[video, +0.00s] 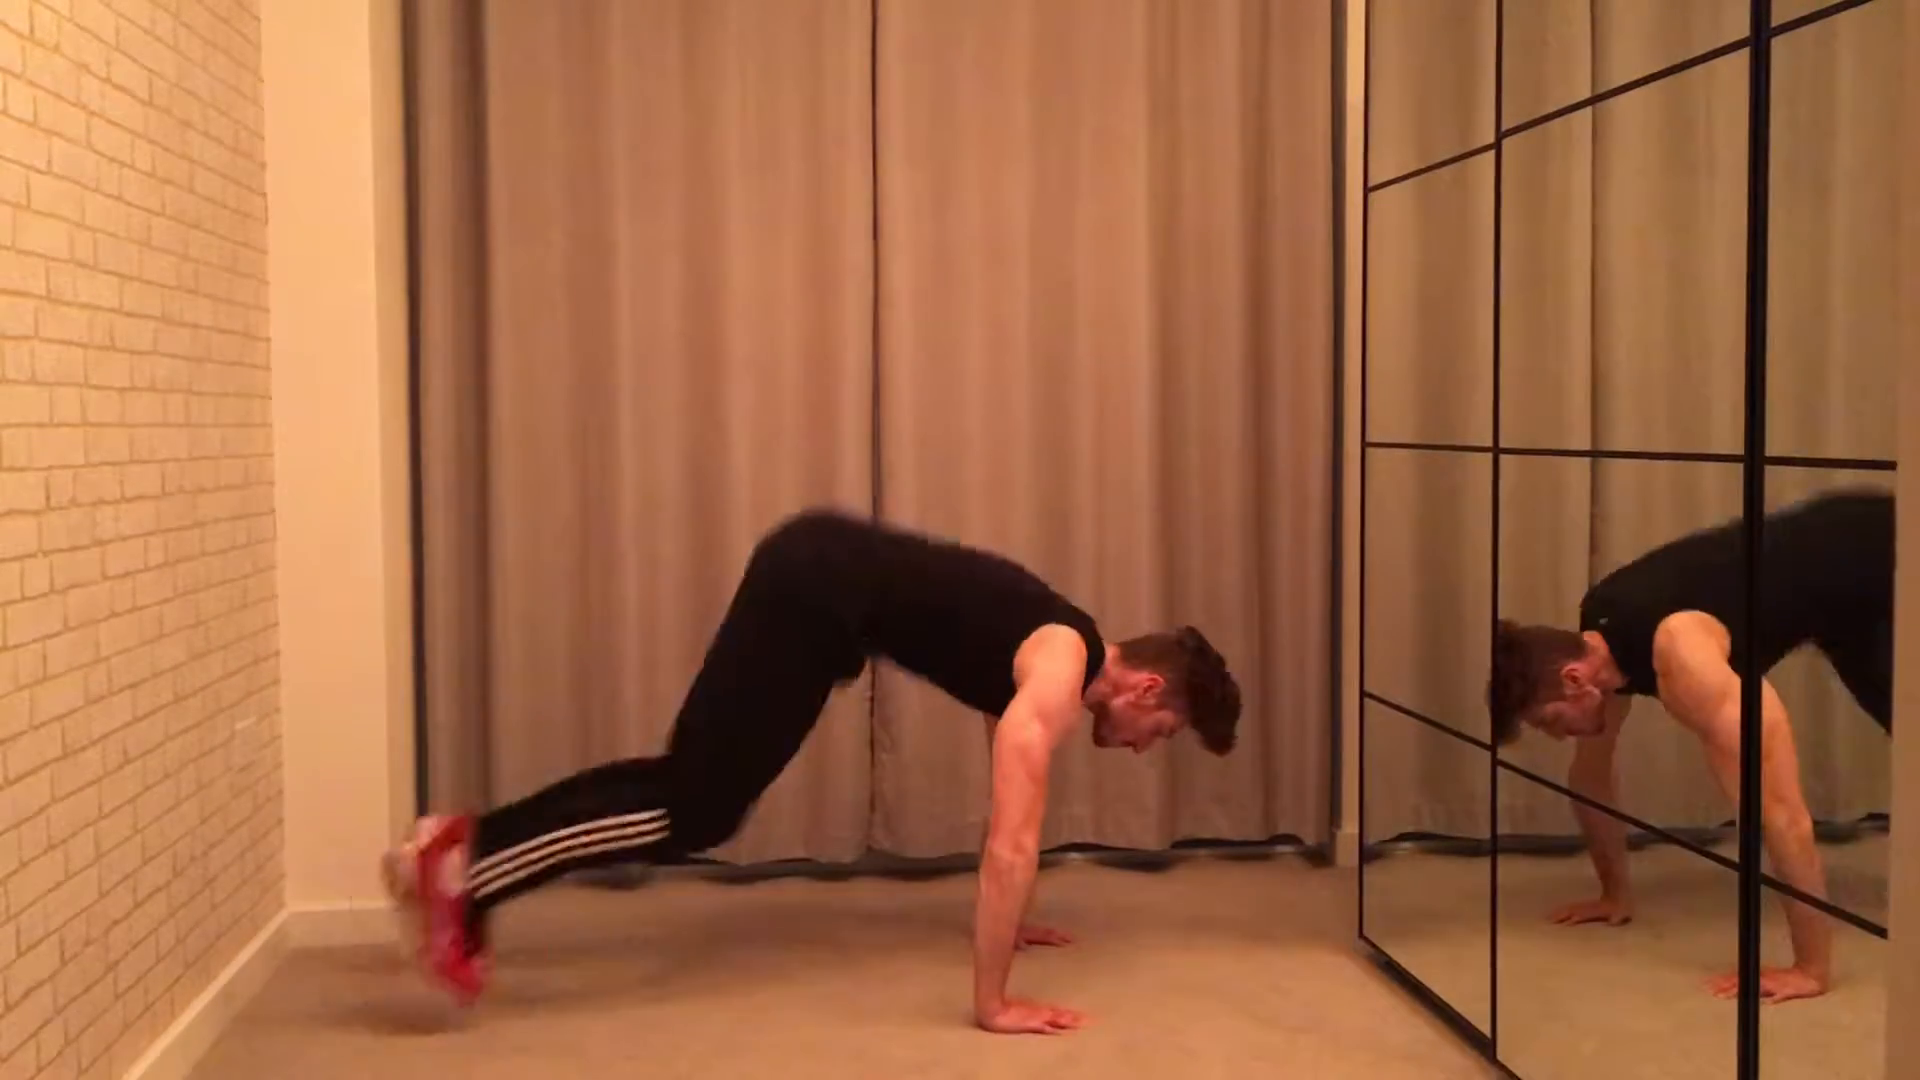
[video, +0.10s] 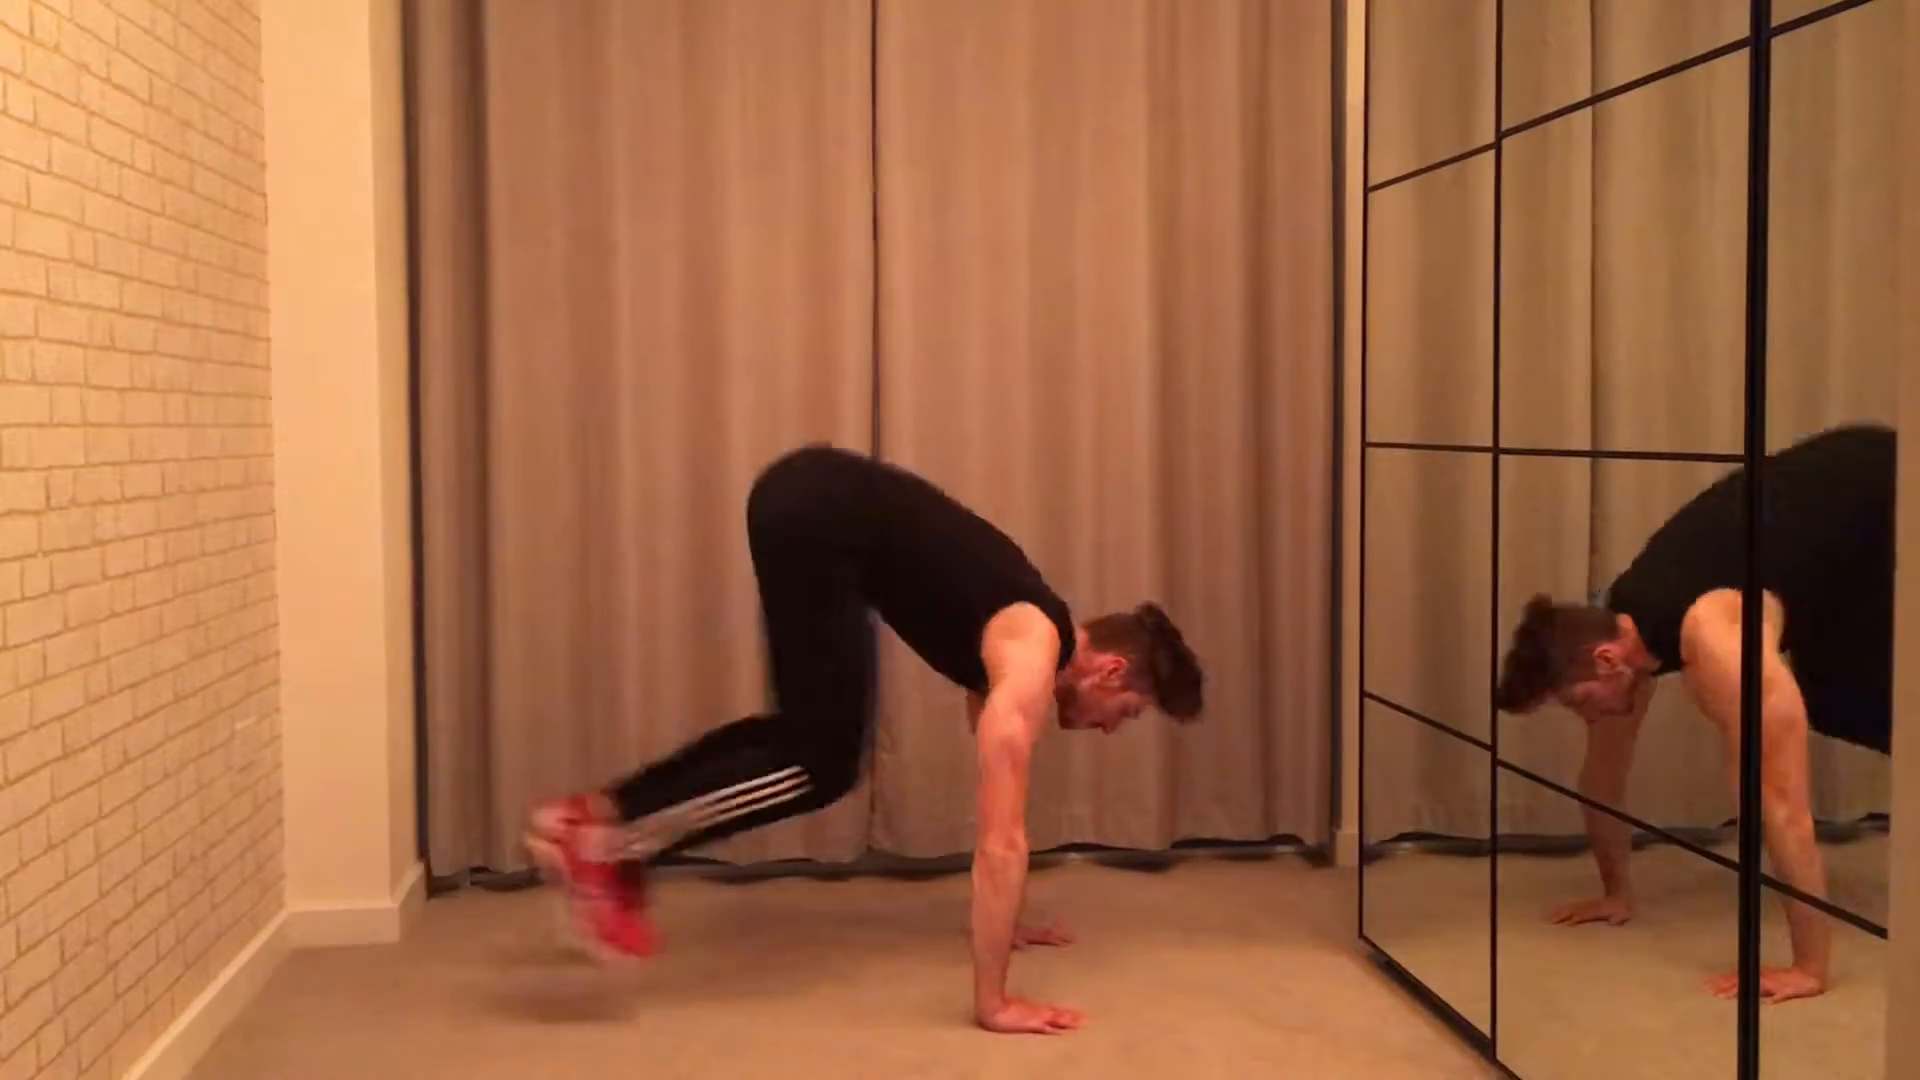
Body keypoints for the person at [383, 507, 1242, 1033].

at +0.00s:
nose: (1145, 744)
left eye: (1163, 737)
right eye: (1162, 728)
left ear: (1141, 675)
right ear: (1144, 684)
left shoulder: (1061, 653)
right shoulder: (1051, 671)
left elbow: (1014, 819)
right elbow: (1010, 839)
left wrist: (1017, 921)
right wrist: (991, 1003)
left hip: (818, 580)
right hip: (814, 588)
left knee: (687, 788)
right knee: (696, 810)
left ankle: (465, 846)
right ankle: (463, 882)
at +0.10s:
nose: (1114, 722)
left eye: (1130, 715)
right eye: (1128, 708)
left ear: (1106, 654)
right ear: (1110, 669)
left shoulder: (1028, 645)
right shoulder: (1026, 663)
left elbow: (998, 818)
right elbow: (1002, 845)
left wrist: (999, 921)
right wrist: (991, 1002)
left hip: (814, 505)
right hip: (809, 514)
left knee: (809, 738)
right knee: (823, 762)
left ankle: (599, 817)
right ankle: (608, 849)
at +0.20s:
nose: (1095, 706)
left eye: (1111, 696)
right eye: (1110, 689)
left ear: (1080, 640)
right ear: (1087, 651)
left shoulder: (1019, 622)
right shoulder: (1009, 642)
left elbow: (993, 796)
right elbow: (994, 836)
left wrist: (1001, 919)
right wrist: (995, 1000)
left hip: (804, 492)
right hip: (799, 500)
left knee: (900, 696)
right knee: (914, 709)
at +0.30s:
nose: (1122, 667)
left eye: (1136, 657)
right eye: (1135, 651)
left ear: (1104, 604)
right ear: (1113, 610)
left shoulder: (1021, 599)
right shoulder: (1026, 625)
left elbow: (1007, 765)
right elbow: (1009, 816)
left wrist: (1012, 908)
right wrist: (1003, 986)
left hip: (782, 544)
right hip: (787, 556)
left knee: (933, 722)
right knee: (950, 733)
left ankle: (871, 914)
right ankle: (884, 957)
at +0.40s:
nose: (1150, 549)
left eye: (1158, 533)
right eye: (1152, 528)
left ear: (1105, 506)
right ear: (1115, 508)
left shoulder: (1023, 544)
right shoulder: (1029, 574)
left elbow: (1026, 752)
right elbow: (1029, 760)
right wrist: (1046, 933)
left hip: (785, 593)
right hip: (793, 605)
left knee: (958, 735)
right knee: (978, 743)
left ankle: (875, 917)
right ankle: (885, 959)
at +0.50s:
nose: (1129, 411)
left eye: (1133, 392)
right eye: (1127, 388)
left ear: (1080, 374)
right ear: (1088, 374)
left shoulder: (1007, 443)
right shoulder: (1017, 465)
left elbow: (1009, 643)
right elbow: (1011, 656)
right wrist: (1020, 821)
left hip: (813, 590)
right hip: (818, 600)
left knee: (970, 736)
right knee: (986, 746)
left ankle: (874, 913)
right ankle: (888, 955)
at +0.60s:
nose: (1097, 265)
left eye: (1103, 247)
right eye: (1096, 243)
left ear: (1050, 223)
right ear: (1054, 221)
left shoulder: (983, 308)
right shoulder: (995, 328)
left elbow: (942, 493)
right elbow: (946, 503)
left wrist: (925, 639)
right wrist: (932, 650)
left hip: (851, 537)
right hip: (863, 546)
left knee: (981, 731)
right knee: (1000, 746)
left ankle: (878, 912)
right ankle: (891, 956)